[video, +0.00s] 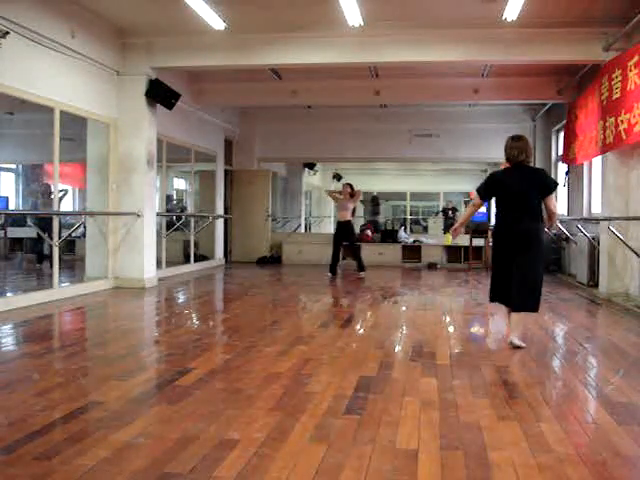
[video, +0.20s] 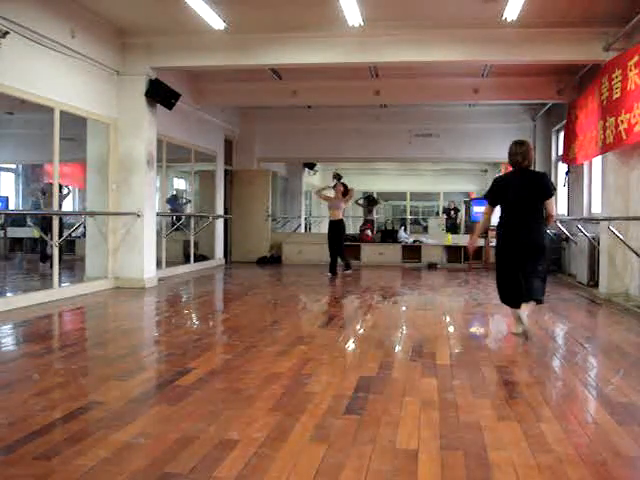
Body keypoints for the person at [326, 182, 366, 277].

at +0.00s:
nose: (345, 190)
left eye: (347, 188)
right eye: (344, 188)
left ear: (351, 190)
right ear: (342, 190)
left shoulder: (352, 201)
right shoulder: (339, 200)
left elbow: (359, 192)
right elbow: (329, 193)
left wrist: (353, 193)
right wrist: (338, 192)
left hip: (348, 222)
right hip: (339, 222)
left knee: (353, 247)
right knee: (336, 248)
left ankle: (361, 270)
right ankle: (332, 272)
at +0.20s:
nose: (337, 188)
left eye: (339, 186)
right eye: (336, 186)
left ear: (343, 190)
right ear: (335, 188)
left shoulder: (343, 201)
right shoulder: (330, 199)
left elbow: (351, 194)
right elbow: (317, 193)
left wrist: (349, 190)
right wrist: (328, 187)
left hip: (339, 221)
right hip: (332, 221)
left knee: (339, 248)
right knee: (332, 249)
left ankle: (347, 266)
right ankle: (333, 272)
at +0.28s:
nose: (334, 188)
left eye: (336, 186)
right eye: (333, 186)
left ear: (339, 190)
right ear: (330, 188)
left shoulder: (338, 200)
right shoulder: (326, 199)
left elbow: (344, 200)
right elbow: (314, 195)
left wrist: (346, 192)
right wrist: (317, 186)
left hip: (335, 221)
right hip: (328, 221)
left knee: (332, 247)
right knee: (329, 248)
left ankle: (333, 271)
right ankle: (332, 270)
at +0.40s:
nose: (327, 188)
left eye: (329, 187)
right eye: (326, 186)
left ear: (333, 190)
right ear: (324, 188)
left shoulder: (334, 200)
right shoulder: (320, 199)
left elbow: (340, 191)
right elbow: (307, 194)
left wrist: (335, 182)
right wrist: (313, 184)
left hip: (330, 222)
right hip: (322, 222)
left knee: (326, 248)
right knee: (325, 248)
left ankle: (319, 270)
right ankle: (333, 271)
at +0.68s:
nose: (318, 187)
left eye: (320, 185)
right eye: (316, 185)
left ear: (323, 188)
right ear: (314, 187)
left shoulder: (325, 198)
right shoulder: (310, 197)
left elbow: (331, 185)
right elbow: (299, 190)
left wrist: (322, 180)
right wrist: (307, 181)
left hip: (321, 221)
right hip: (312, 222)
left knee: (319, 249)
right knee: (309, 249)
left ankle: (316, 273)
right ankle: (321, 263)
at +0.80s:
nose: (311, 187)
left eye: (313, 185)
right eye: (310, 185)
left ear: (317, 188)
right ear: (307, 187)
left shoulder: (319, 197)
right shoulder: (305, 197)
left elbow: (326, 185)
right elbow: (297, 194)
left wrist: (315, 179)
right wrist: (293, 190)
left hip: (316, 222)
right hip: (307, 222)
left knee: (317, 249)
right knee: (300, 249)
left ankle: (316, 273)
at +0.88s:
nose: (306, 188)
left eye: (308, 186)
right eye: (305, 186)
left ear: (312, 188)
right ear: (303, 188)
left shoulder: (315, 198)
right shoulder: (300, 198)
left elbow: (322, 186)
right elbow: (290, 190)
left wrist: (311, 179)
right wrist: (295, 181)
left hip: (312, 222)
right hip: (302, 222)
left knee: (315, 250)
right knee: (297, 250)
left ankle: (315, 273)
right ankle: (291, 273)